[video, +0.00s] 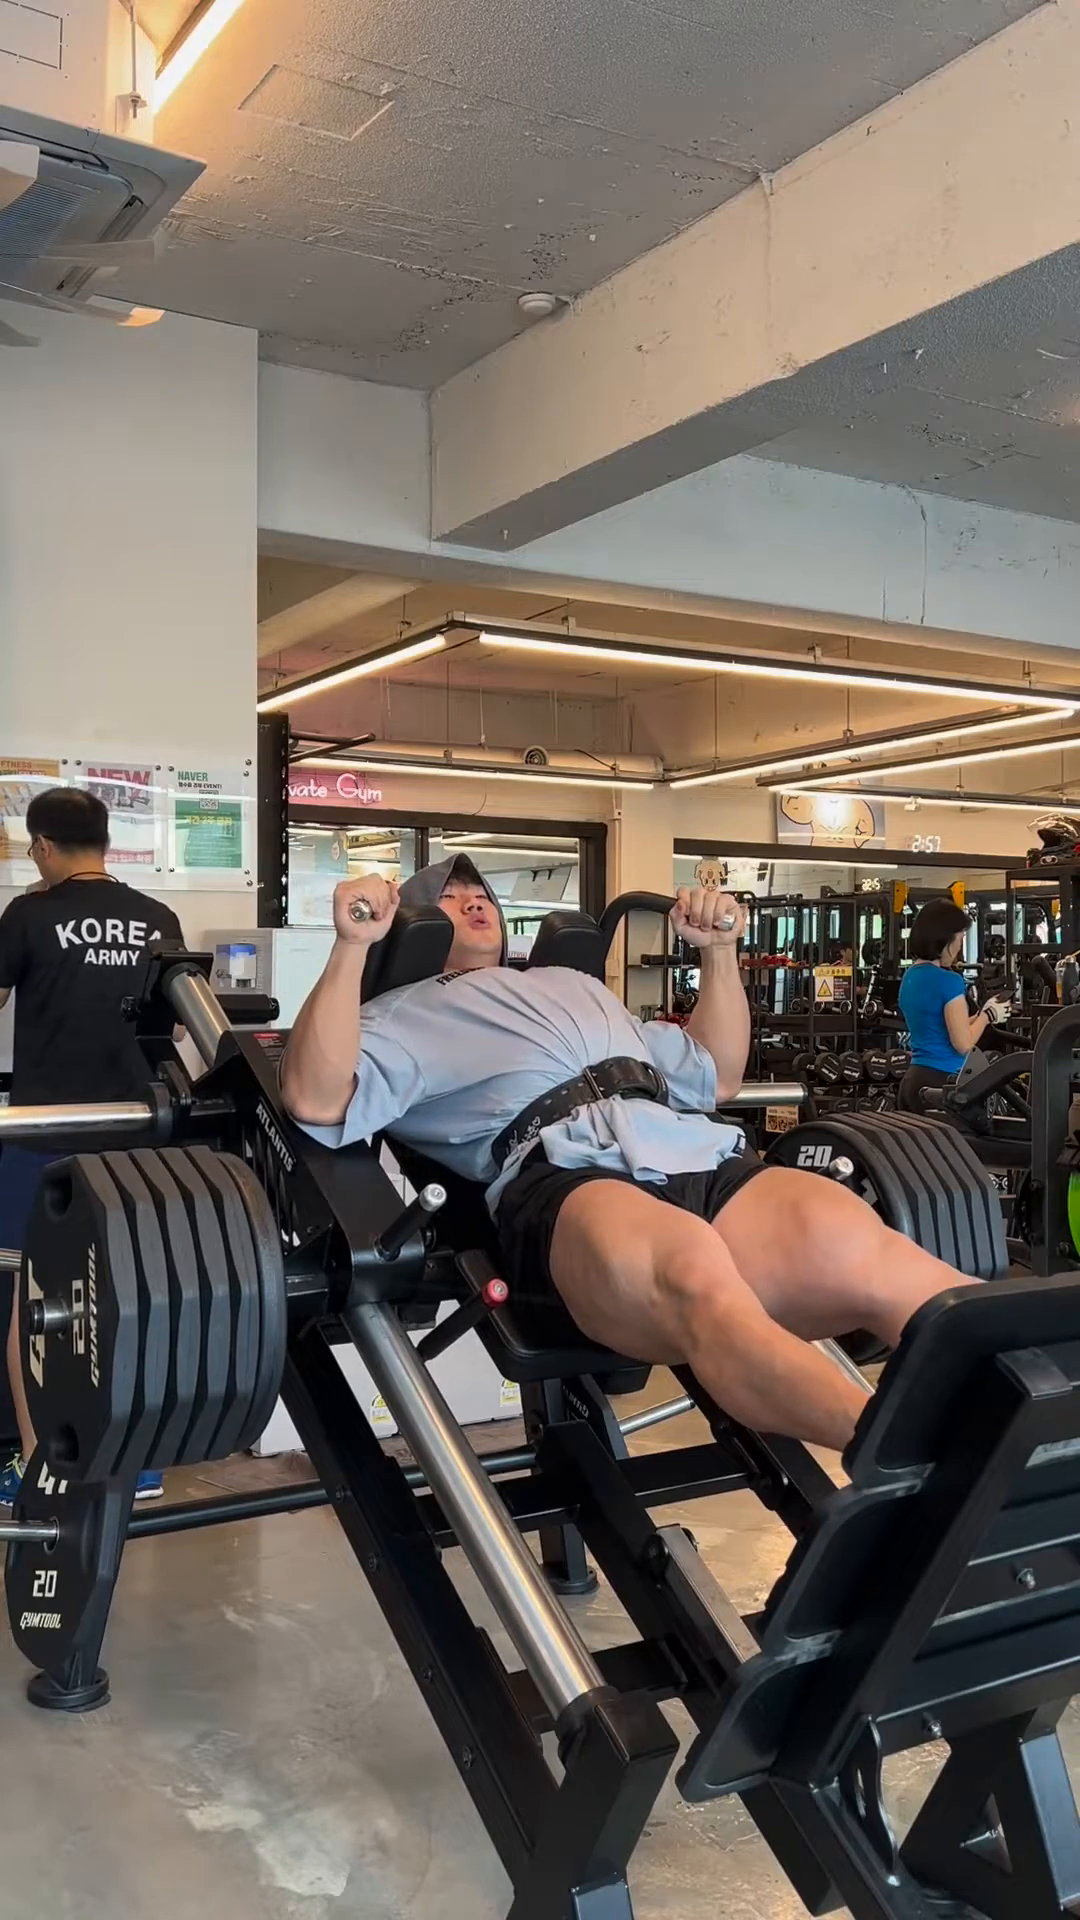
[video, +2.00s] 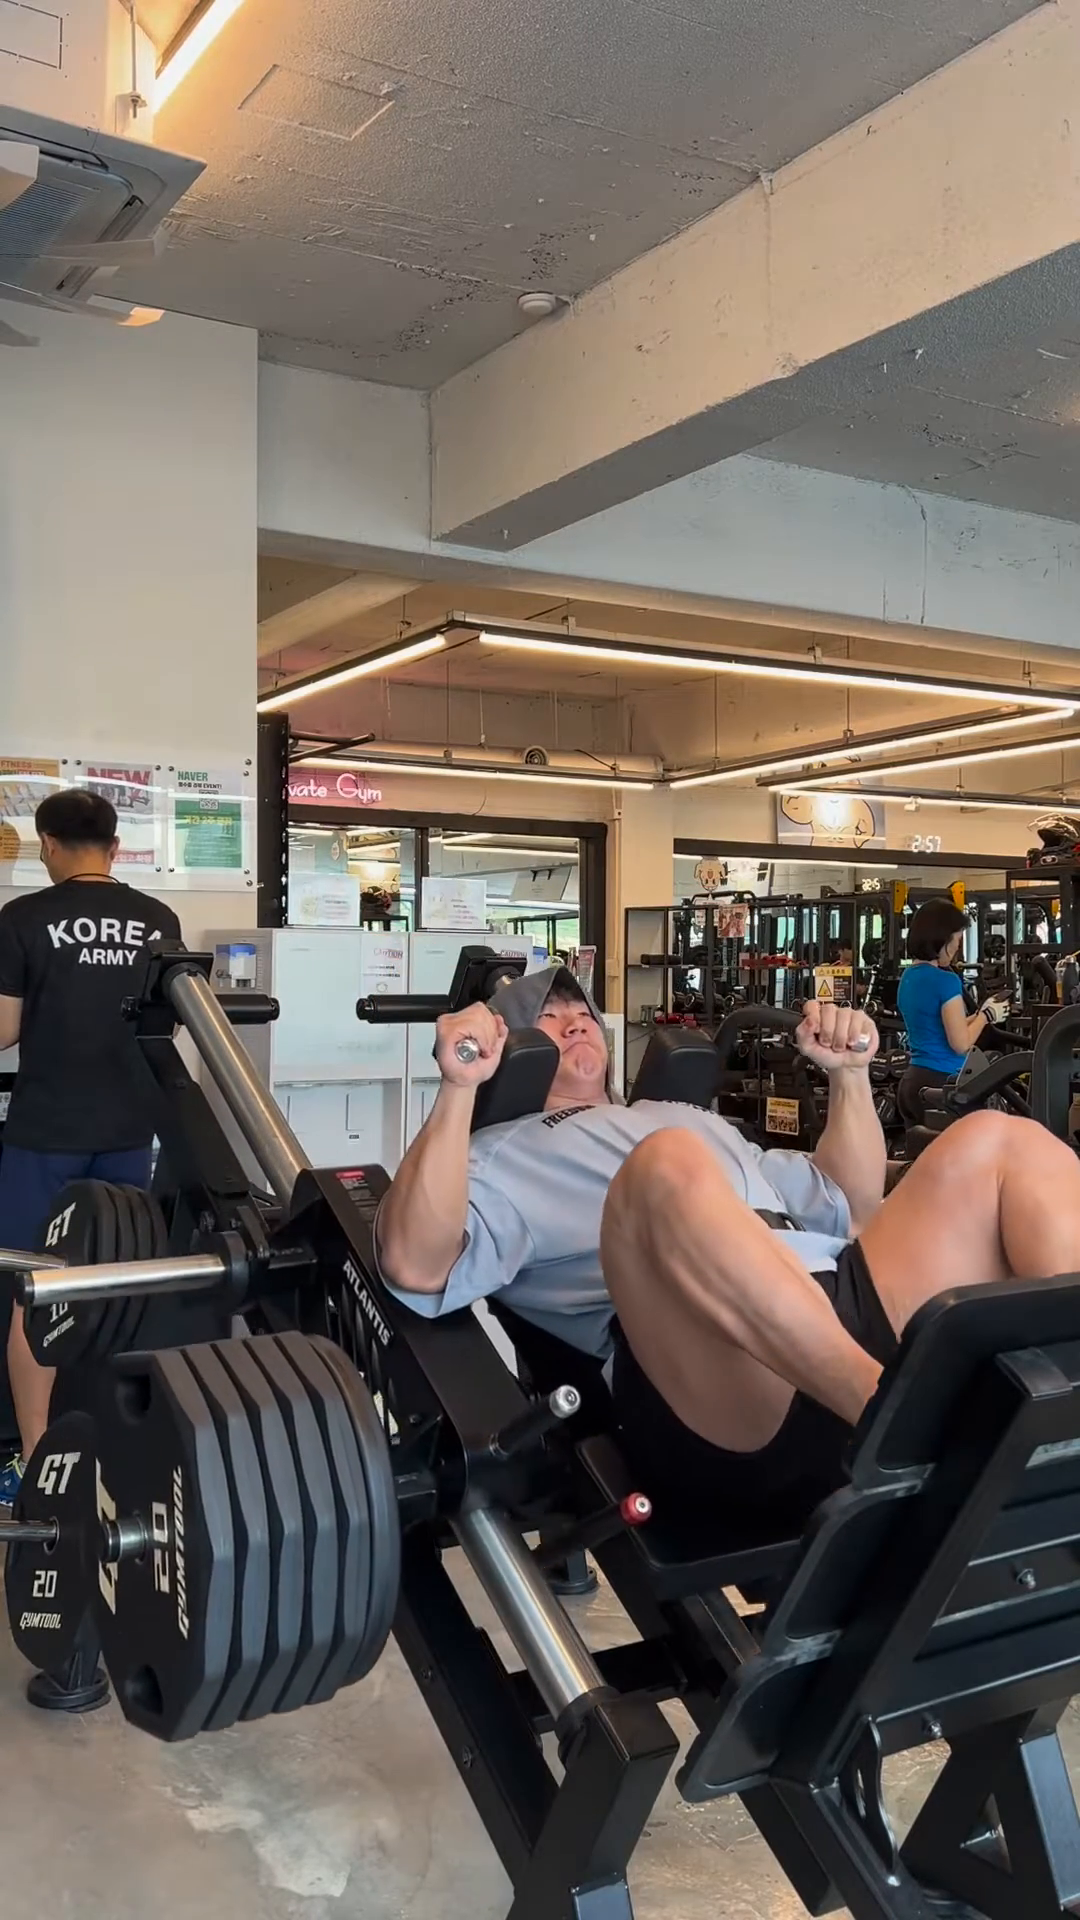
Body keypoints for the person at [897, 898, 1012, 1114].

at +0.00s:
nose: (960, 947)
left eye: (961, 939)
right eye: (960, 939)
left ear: (926, 935)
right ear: (946, 940)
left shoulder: (909, 978)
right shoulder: (949, 981)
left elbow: (929, 1032)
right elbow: (963, 1043)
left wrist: (975, 1016)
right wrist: (989, 1015)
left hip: (915, 1076)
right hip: (948, 1081)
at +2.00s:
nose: (958, 948)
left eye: (959, 941)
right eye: (957, 941)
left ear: (924, 936)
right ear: (943, 940)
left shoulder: (907, 978)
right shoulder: (946, 981)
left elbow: (932, 1034)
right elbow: (961, 1044)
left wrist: (977, 1015)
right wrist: (986, 1015)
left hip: (913, 1078)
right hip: (945, 1083)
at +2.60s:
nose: (958, 946)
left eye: (959, 940)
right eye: (957, 940)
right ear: (942, 940)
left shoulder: (907, 977)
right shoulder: (947, 981)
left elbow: (937, 1030)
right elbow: (962, 1042)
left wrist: (981, 1014)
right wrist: (987, 1014)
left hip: (918, 1074)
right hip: (948, 1079)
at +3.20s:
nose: (960, 947)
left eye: (961, 940)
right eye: (959, 939)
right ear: (945, 940)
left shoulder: (909, 977)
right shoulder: (948, 981)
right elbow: (963, 1042)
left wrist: (982, 1014)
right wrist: (989, 1014)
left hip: (918, 1072)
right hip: (948, 1077)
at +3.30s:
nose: (960, 946)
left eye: (961, 939)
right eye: (959, 939)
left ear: (924, 936)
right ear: (945, 940)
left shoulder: (909, 977)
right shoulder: (948, 981)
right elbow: (963, 1042)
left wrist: (979, 1016)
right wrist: (989, 1015)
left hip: (919, 1073)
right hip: (948, 1079)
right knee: (996, 1059)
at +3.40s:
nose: (960, 946)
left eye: (961, 939)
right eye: (959, 939)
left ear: (925, 936)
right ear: (946, 940)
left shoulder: (910, 977)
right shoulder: (948, 981)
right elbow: (963, 1042)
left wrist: (977, 1017)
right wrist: (989, 1015)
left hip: (918, 1074)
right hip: (947, 1079)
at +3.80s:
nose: (960, 946)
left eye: (961, 939)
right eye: (959, 938)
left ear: (925, 936)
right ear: (946, 940)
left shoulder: (909, 977)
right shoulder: (948, 981)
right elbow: (963, 1042)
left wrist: (979, 1015)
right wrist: (989, 1014)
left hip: (918, 1073)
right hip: (948, 1078)